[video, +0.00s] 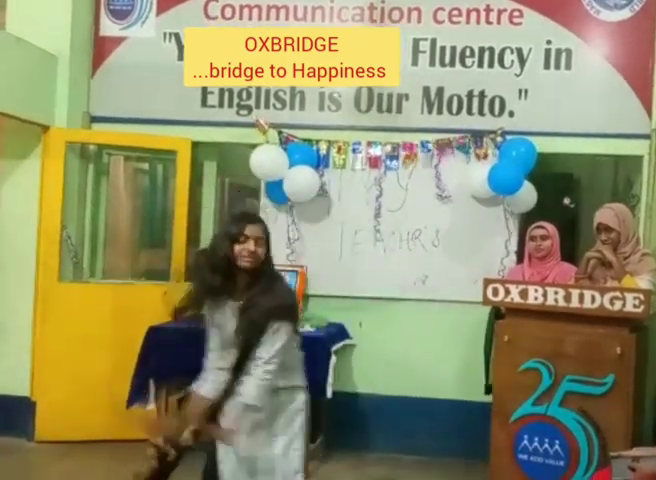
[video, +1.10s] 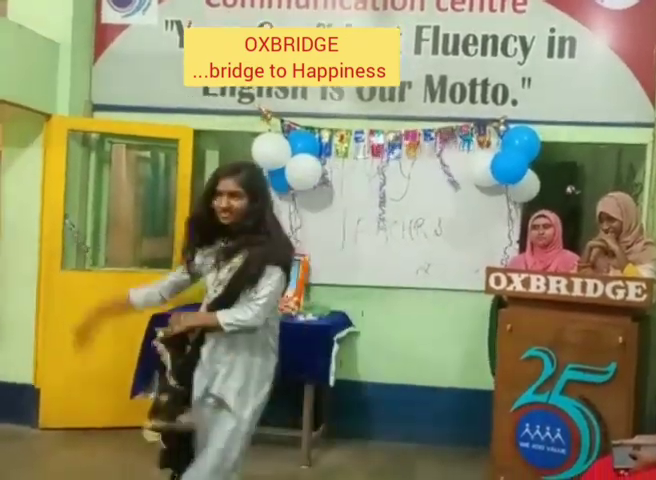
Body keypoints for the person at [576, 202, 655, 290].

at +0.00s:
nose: (603, 237)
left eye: (609, 230)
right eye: (599, 231)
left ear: (624, 230)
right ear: (595, 232)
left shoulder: (645, 262)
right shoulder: (593, 259)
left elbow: (641, 296)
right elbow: (577, 290)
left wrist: (614, 261)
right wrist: (585, 262)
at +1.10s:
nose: (604, 227)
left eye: (611, 220)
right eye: (601, 220)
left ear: (628, 219)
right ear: (597, 222)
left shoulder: (648, 251)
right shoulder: (595, 249)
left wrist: (617, 250)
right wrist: (587, 252)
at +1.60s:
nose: (606, 218)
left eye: (613, 210)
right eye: (602, 211)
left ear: (629, 209)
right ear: (599, 212)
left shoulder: (649, 241)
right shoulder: (596, 239)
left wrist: (618, 240)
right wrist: (588, 242)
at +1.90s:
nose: (606, 211)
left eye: (613, 203)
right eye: (602, 203)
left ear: (630, 203)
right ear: (599, 205)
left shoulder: (649, 235)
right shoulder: (597, 234)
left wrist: (618, 234)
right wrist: (588, 240)